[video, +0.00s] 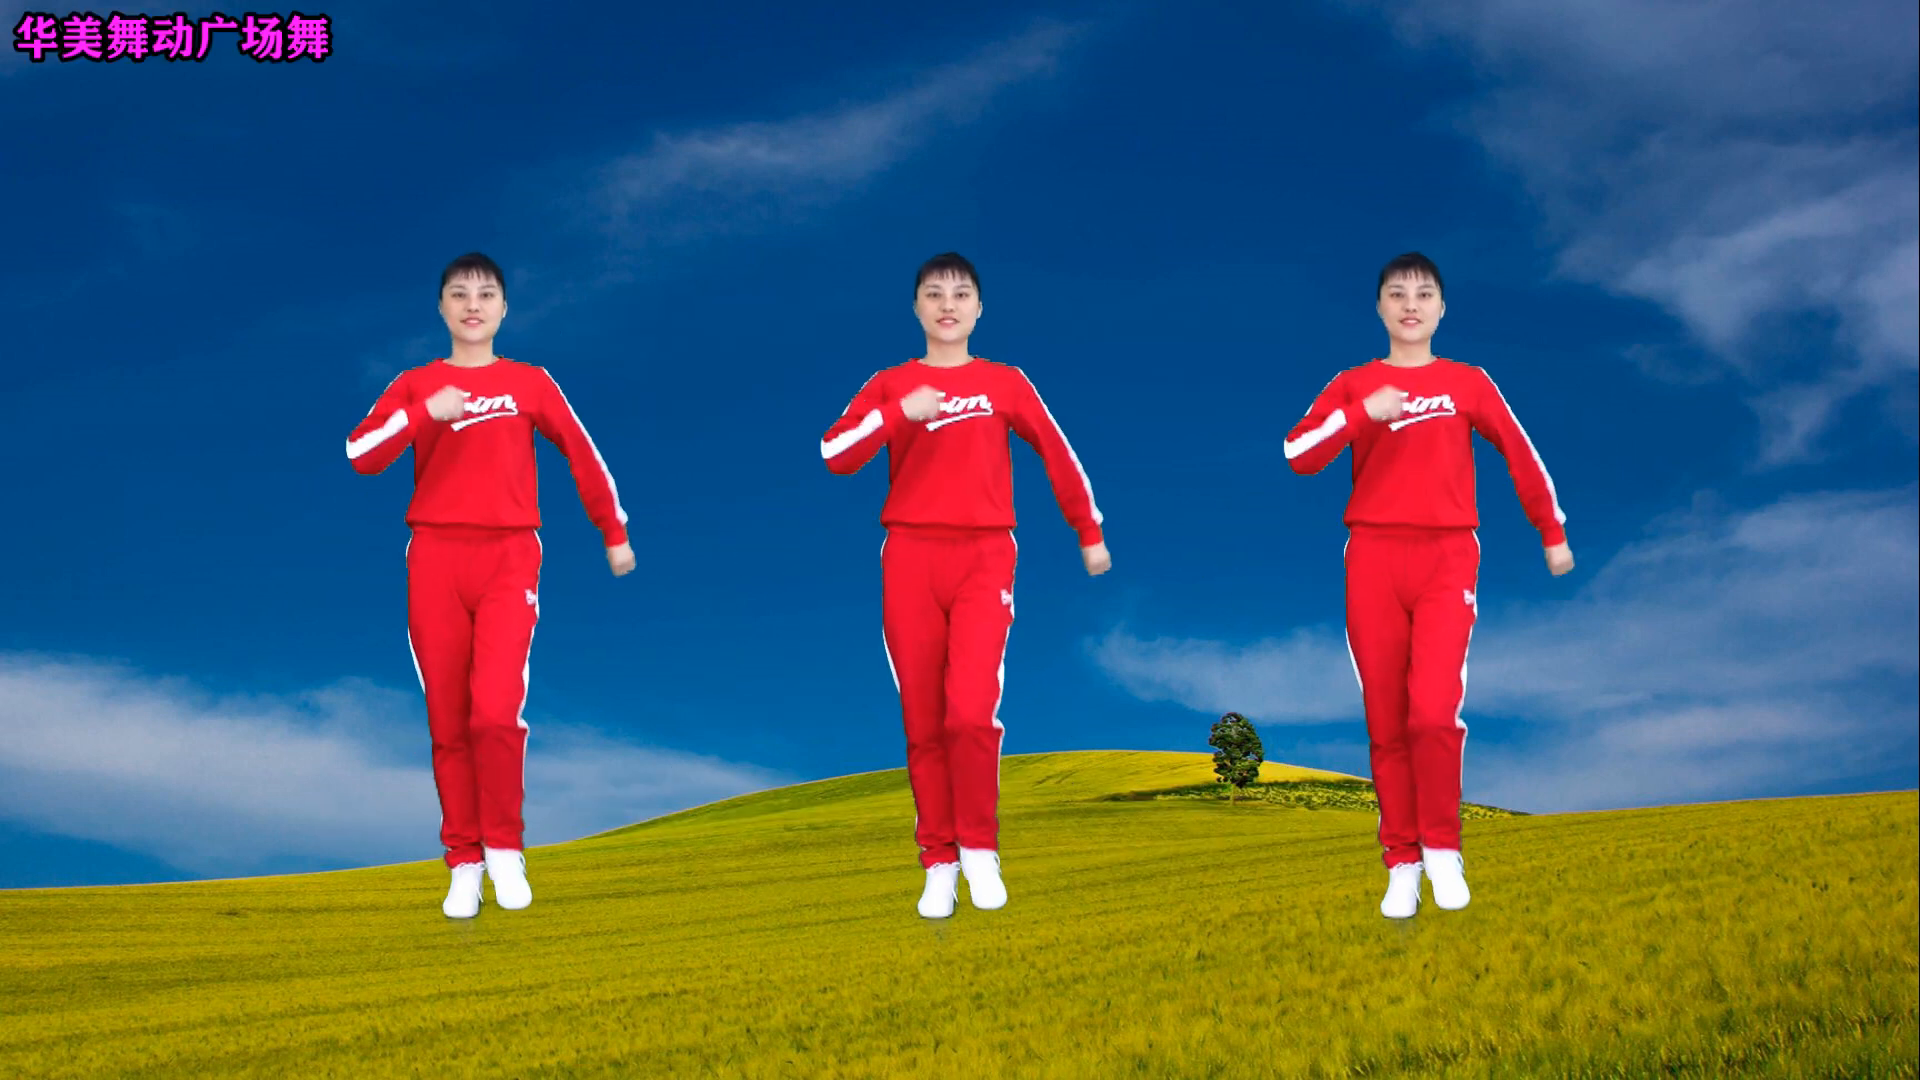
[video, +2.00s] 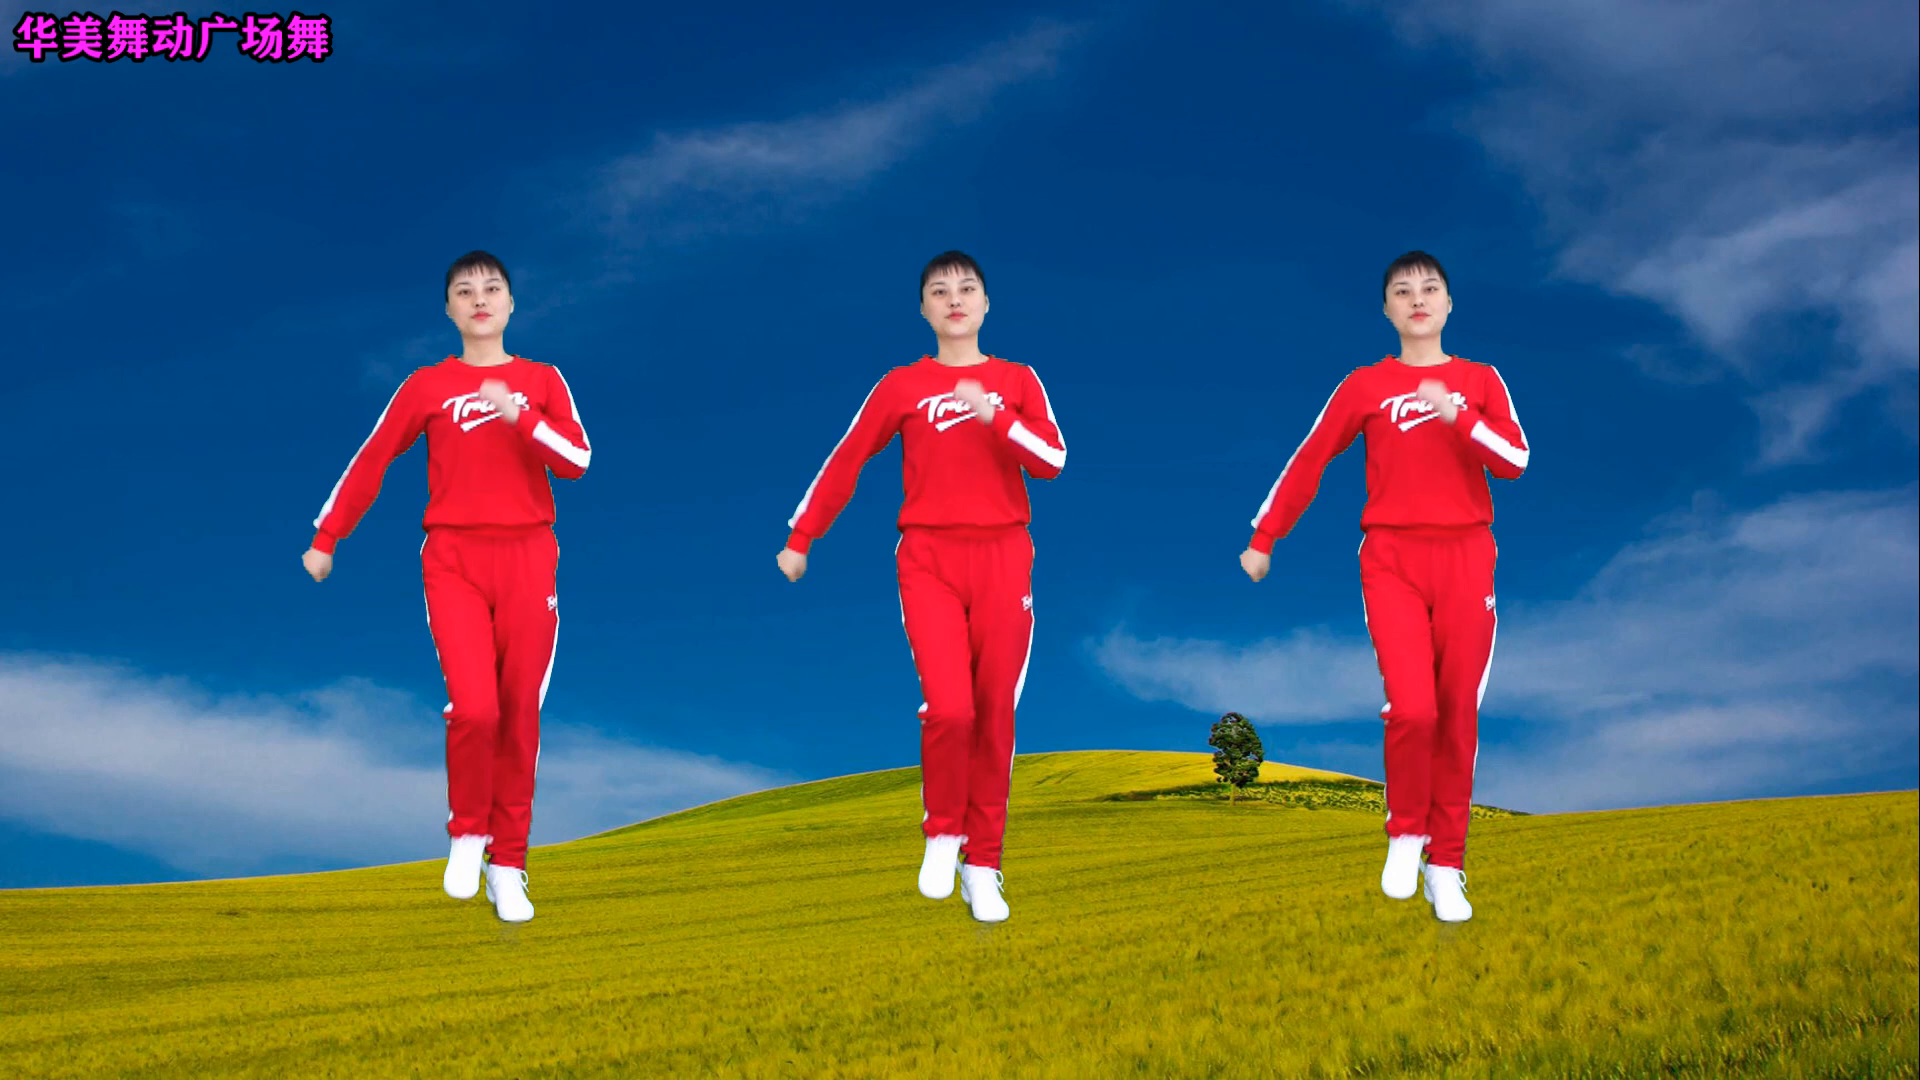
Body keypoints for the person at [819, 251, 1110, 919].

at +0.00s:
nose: (949, 305)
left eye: (961, 295)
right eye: (936, 295)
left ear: (978, 307)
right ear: (918, 308)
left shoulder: (1007, 382)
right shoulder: (888, 384)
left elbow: (1059, 454)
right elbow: (835, 454)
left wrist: (1090, 534)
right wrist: (897, 414)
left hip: (985, 560)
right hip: (910, 560)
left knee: (971, 714)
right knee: (923, 720)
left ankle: (979, 850)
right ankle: (937, 859)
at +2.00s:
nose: (956, 300)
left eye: (966, 289)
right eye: (942, 293)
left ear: (986, 303)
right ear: (925, 310)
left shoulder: (1019, 381)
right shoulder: (900, 386)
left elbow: (1052, 459)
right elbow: (845, 460)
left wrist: (997, 414)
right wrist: (799, 538)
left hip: (1002, 558)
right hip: (927, 558)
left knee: (996, 712)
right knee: (949, 709)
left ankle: (984, 859)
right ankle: (943, 832)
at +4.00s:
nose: (934, 308)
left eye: (946, 298)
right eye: (923, 298)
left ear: (965, 310)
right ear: (905, 311)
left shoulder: (996, 387)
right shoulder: (878, 393)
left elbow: (1044, 472)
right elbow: (838, 471)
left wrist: (1077, 558)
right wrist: (897, 443)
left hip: (972, 563)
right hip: (896, 565)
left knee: (943, 704)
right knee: (901, 722)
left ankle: (964, 808)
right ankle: (928, 863)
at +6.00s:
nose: (1038, 328)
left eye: (1048, 318)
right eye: (1024, 321)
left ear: (1065, 328)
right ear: (1006, 337)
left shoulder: (1104, 405)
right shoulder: (987, 407)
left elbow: (1133, 501)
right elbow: (900, 403)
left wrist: (1142, 580)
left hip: (1107, 575)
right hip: (1032, 579)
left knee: (1111, 731)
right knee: (1073, 706)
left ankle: (1085, 868)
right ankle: (1028, 784)